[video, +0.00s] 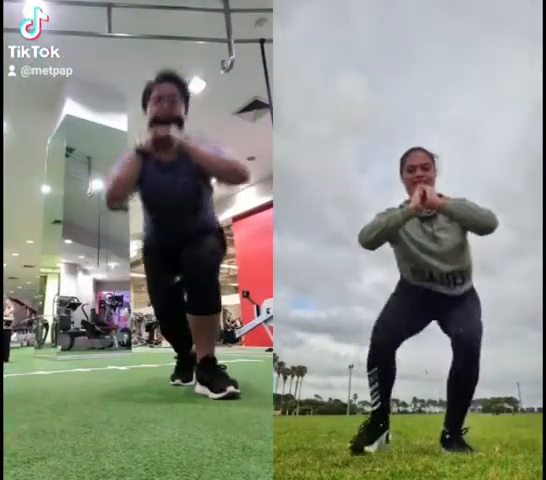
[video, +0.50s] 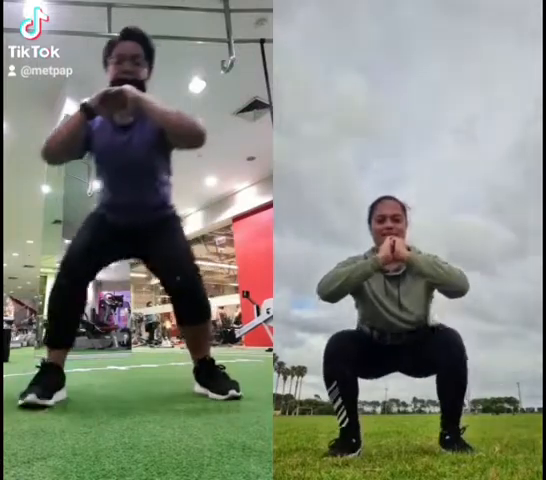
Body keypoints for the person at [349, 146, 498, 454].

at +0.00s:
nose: (420, 175)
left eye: (426, 169)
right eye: (412, 170)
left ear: (436, 173)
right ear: (402, 177)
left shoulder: (455, 207)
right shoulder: (396, 216)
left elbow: (489, 224)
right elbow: (366, 240)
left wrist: (442, 206)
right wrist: (410, 211)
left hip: (459, 299)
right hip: (413, 296)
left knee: (469, 348)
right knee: (381, 342)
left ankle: (453, 434)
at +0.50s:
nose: (389, 226)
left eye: (396, 219)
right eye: (381, 220)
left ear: (406, 226)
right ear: (371, 228)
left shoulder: (423, 261)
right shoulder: (359, 264)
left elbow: (460, 287)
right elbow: (325, 291)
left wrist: (410, 258)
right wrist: (377, 261)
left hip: (417, 348)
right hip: (373, 350)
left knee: (450, 341)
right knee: (339, 345)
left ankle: (451, 436)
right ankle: (349, 439)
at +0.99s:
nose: (351, 193)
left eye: (359, 187)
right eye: (344, 187)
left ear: (368, 194)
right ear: (335, 194)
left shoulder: (382, 228)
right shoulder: (327, 231)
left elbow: (411, 241)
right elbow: (294, 250)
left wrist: (368, 214)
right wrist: (340, 219)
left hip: (376, 314)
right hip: (336, 306)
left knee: (363, 404)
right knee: (332, 348)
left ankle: (328, 399)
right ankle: (348, 434)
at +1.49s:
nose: (340, 215)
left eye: (348, 210)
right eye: (334, 209)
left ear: (357, 217)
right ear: (323, 217)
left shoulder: (373, 255)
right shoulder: (315, 254)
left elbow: (408, 265)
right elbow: (286, 277)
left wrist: (363, 243)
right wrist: (333, 247)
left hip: (364, 336)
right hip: (324, 332)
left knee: (342, 420)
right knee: (315, 344)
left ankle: (309, 421)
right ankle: (346, 438)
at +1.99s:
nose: (374, 178)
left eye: (380, 173)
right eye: (366, 173)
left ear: (390, 179)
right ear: (355, 180)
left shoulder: (407, 219)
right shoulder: (343, 219)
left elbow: (444, 236)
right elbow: (320, 246)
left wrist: (398, 211)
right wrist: (366, 216)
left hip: (402, 307)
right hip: (353, 307)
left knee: (437, 338)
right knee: (328, 345)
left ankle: (459, 431)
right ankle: (348, 436)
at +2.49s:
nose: (402, 193)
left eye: (409, 187)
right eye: (394, 188)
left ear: (419, 193)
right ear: (384, 196)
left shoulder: (438, 233)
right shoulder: (370, 239)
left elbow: (479, 267)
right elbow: (348, 288)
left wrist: (426, 248)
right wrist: (391, 260)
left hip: (433, 320)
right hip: (384, 320)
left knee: (471, 341)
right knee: (350, 345)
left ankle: (469, 435)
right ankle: (351, 437)